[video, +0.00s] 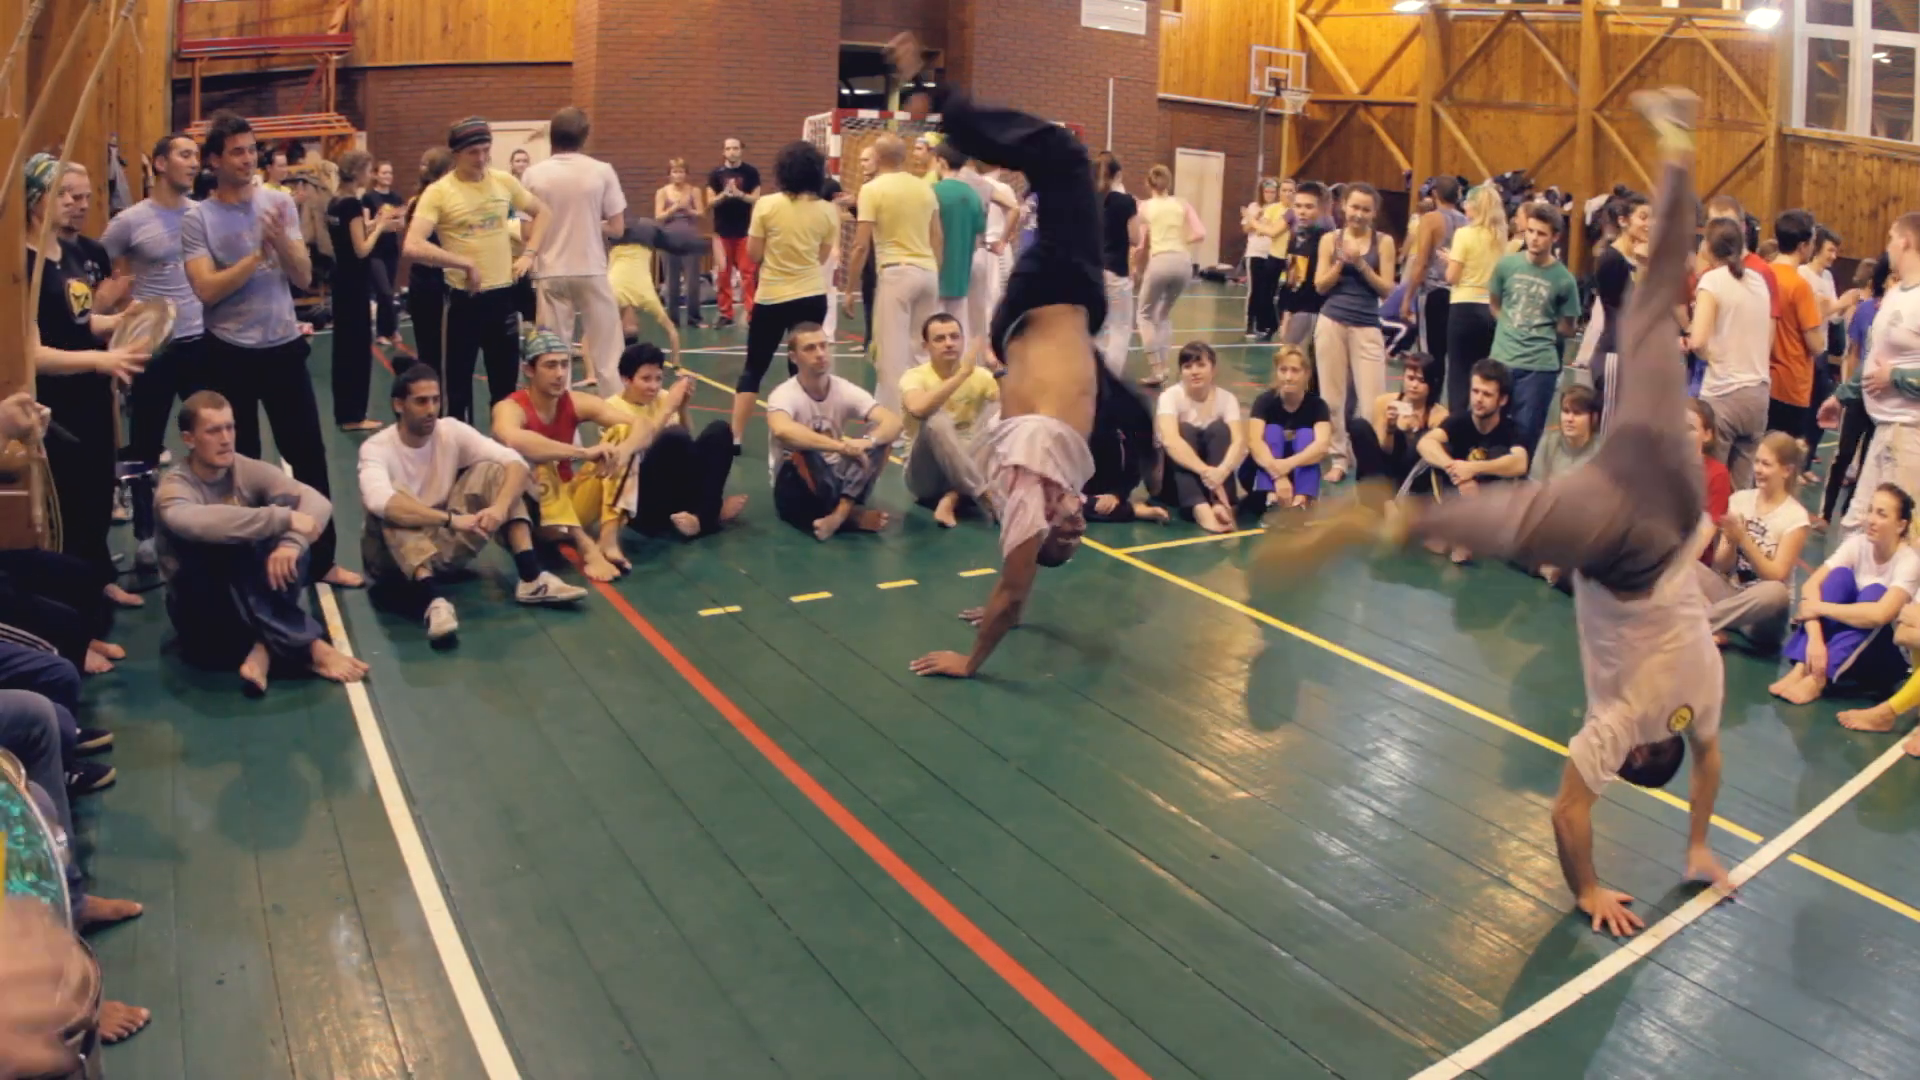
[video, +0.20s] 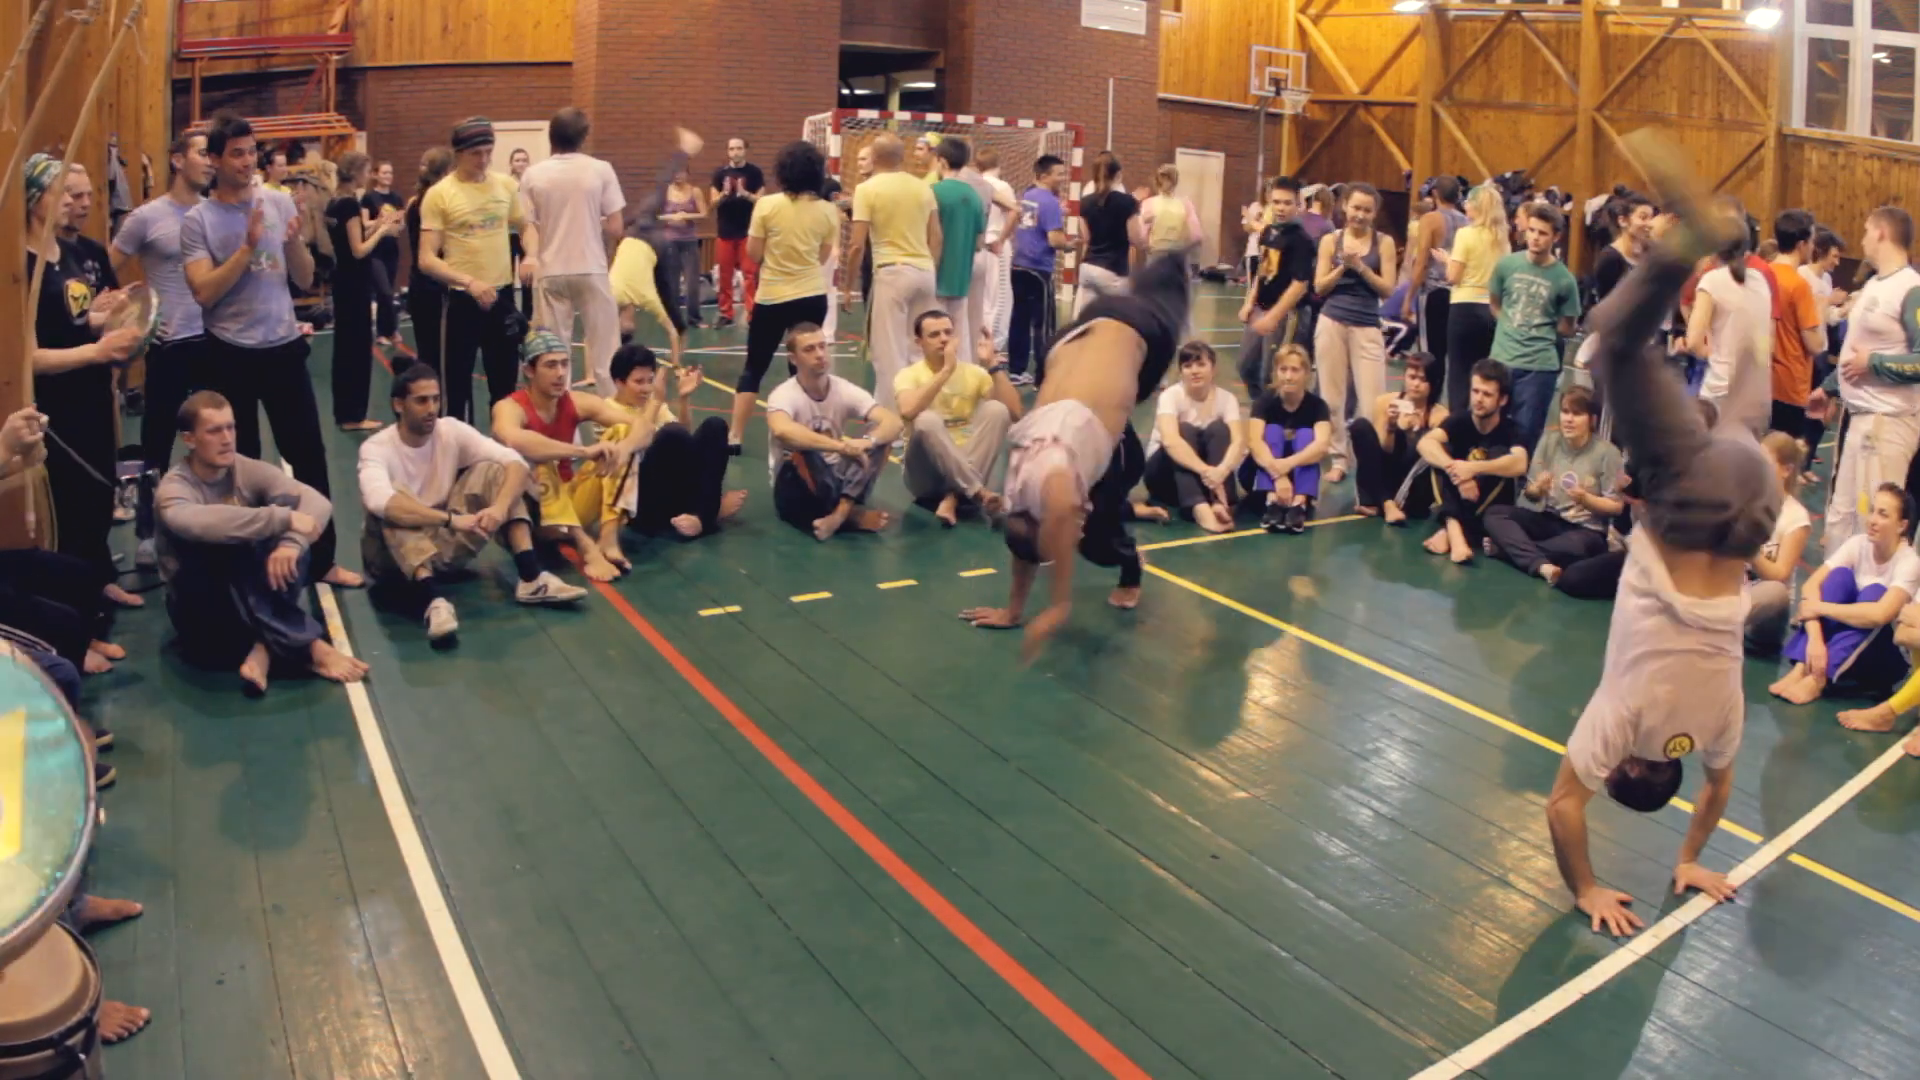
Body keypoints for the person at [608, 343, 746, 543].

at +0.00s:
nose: (653, 386)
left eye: (658, 379)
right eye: (646, 379)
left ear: (663, 378)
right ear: (627, 380)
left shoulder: (664, 399)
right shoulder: (612, 409)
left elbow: (686, 442)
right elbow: (637, 447)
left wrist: (683, 409)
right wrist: (669, 407)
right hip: (643, 512)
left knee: (720, 430)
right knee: (674, 439)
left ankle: (700, 518)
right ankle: (714, 511)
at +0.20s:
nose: (647, 388)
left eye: (651, 381)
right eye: (639, 382)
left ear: (655, 380)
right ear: (619, 382)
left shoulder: (655, 406)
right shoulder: (606, 413)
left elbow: (684, 436)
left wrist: (683, 399)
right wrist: (657, 400)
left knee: (715, 425)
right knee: (673, 436)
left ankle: (701, 516)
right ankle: (712, 508)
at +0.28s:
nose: (645, 387)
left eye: (649, 379)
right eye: (637, 380)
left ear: (654, 379)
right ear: (616, 383)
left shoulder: (653, 407)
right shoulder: (605, 417)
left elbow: (682, 443)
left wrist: (676, 403)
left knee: (715, 425)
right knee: (673, 435)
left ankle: (699, 514)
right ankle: (712, 509)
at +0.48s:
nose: (639, 380)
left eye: (642, 372)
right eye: (630, 374)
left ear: (647, 373)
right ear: (612, 383)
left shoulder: (656, 403)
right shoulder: (603, 424)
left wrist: (673, 419)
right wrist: (718, 507)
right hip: (646, 514)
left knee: (718, 427)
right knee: (676, 436)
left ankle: (702, 515)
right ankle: (714, 510)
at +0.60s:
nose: (638, 376)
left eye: (640, 368)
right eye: (628, 373)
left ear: (645, 369)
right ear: (612, 384)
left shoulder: (658, 403)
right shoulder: (604, 420)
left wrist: (678, 417)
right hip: (646, 512)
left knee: (719, 428)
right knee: (677, 438)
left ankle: (701, 516)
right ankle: (718, 514)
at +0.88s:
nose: (642, 375)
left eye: (643, 368)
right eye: (632, 372)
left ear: (649, 368)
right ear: (617, 384)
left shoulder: (661, 400)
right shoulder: (610, 413)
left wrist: (676, 419)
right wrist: (661, 420)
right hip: (646, 512)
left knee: (725, 431)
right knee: (676, 439)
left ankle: (702, 516)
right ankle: (720, 513)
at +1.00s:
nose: (645, 375)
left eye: (647, 367)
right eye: (635, 372)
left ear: (652, 368)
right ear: (619, 383)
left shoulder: (665, 400)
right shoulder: (613, 413)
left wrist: (677, 418)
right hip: (647, 512)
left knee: (727, 432)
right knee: (676, 440)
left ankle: (703, 518)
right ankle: (719, 513)